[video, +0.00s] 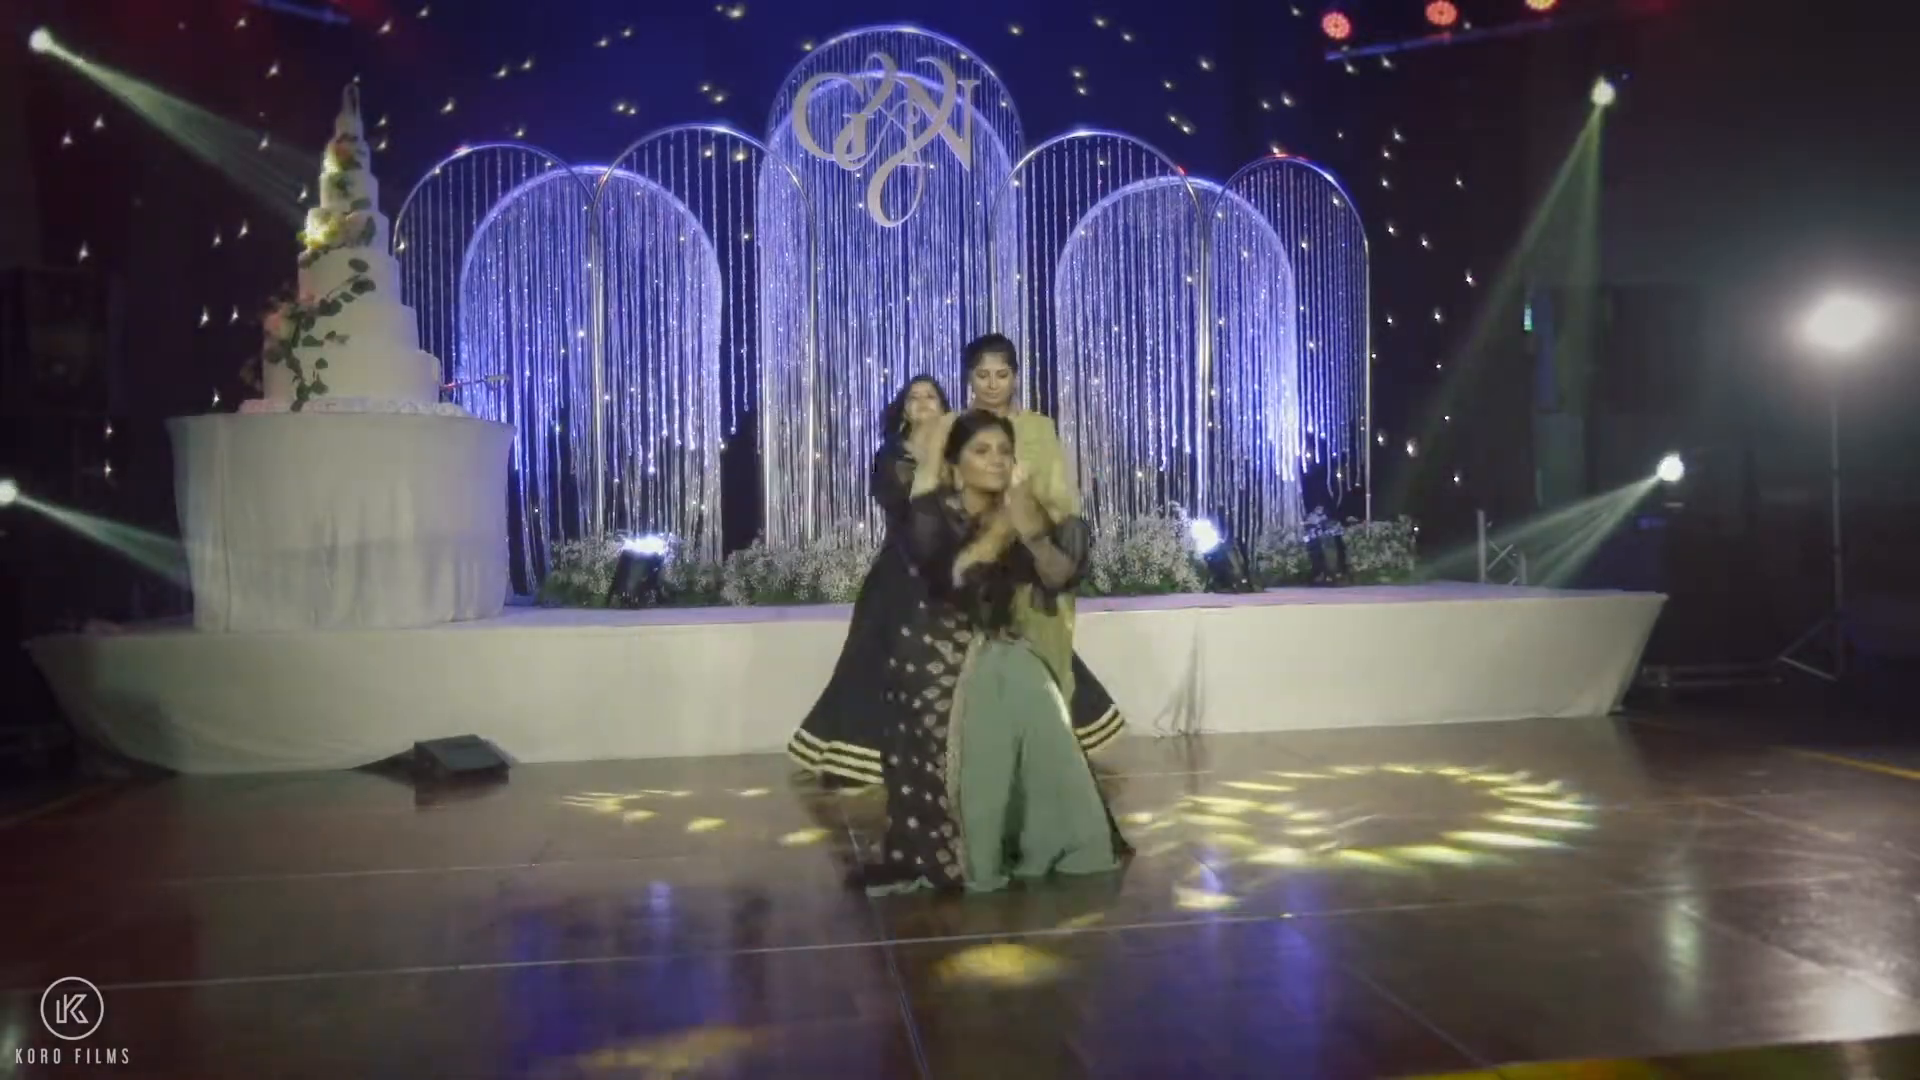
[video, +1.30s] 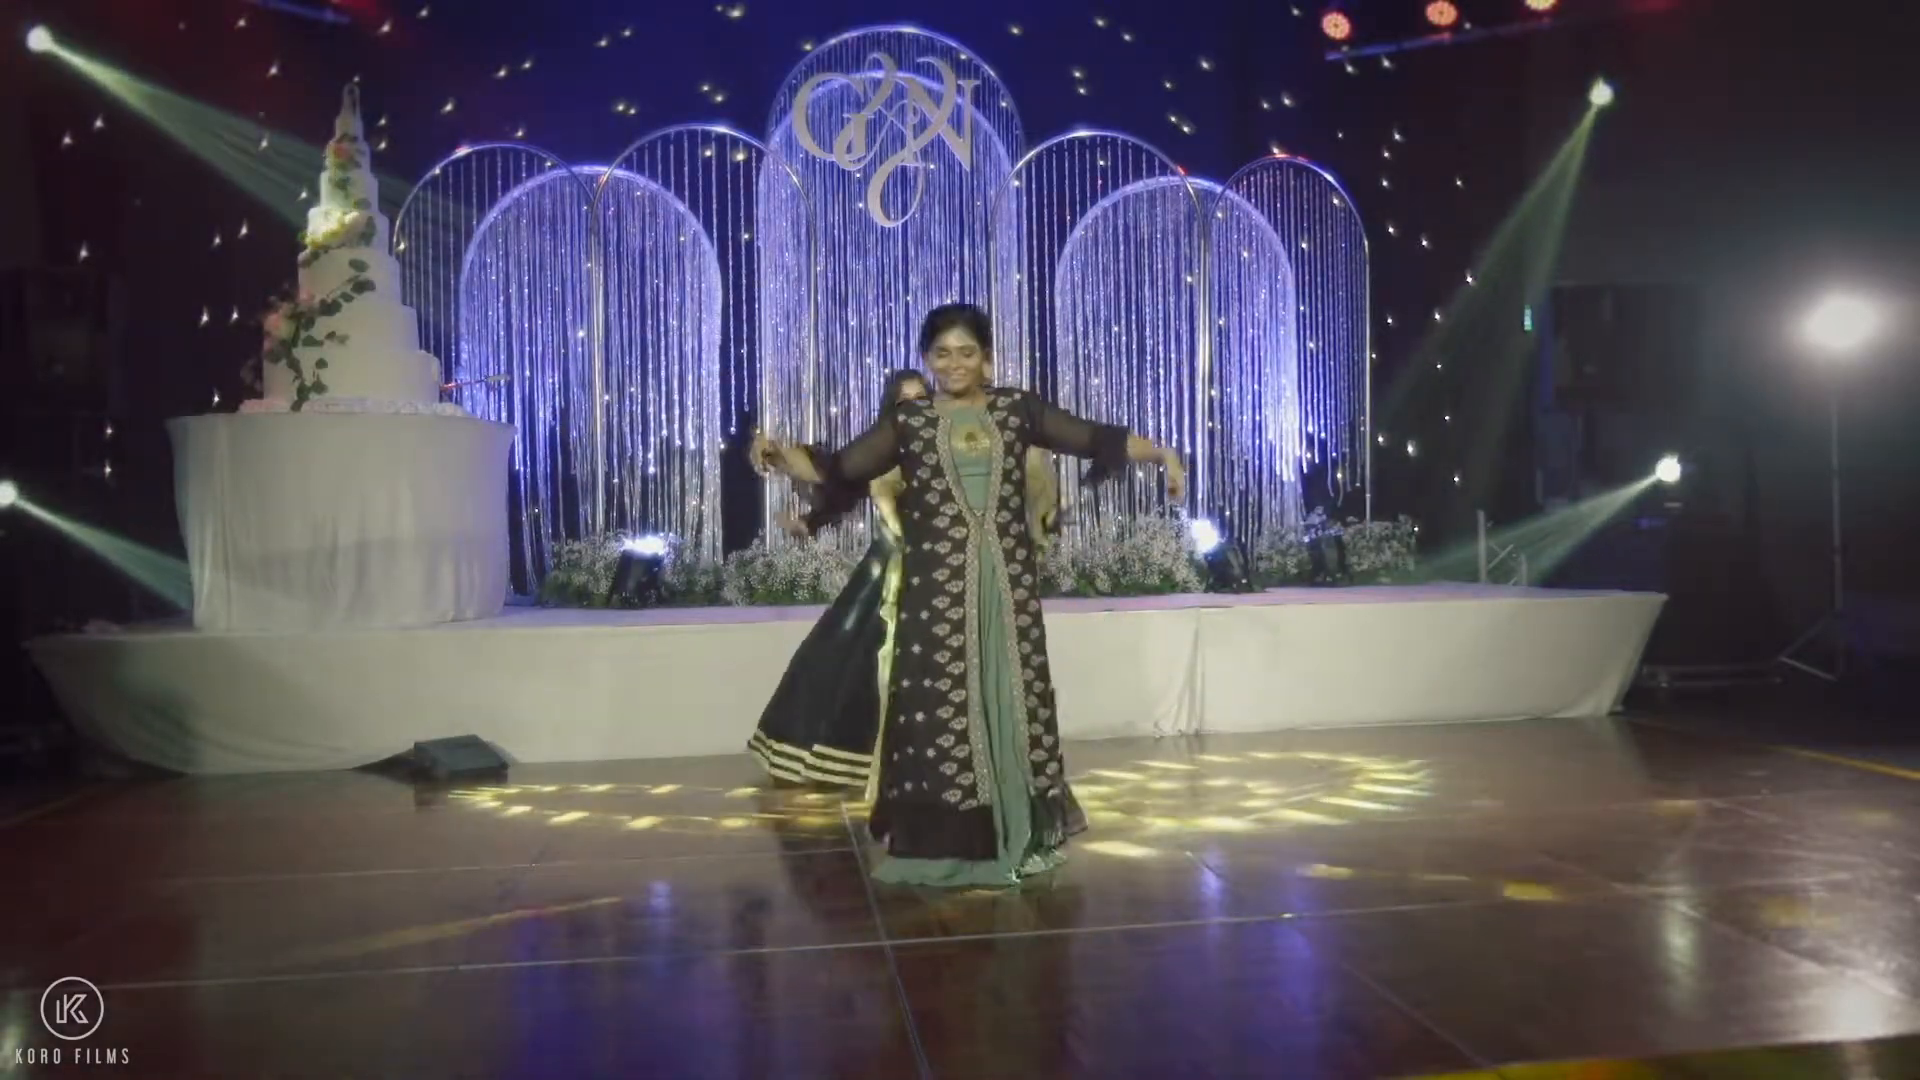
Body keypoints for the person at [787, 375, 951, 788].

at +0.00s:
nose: (923, 405)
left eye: (930, 398)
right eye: (915, 399)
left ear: (944, 406)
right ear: (902, 408)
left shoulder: (962, 452)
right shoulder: (892, 454)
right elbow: (896, 502)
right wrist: (927, 452)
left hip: (949, 561)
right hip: (900, 562)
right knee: (876, 657)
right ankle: (841, 760)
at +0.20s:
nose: (924, 414)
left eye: (931, 406)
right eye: (916, 407)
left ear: (945, 412)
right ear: (904, 415)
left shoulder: (957, 459)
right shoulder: (895, 463)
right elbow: (899, 513)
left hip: (945, 557)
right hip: (903, 558)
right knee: (872, 646)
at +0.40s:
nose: (898, 414)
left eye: (906, 407)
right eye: (890, 408)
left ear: (921, 415)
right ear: (878, 416)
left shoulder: (935, 460)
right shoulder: (870, 463)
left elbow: (958, 499)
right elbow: (861, 506)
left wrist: (927, 482)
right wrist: (894, 479)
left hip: (929, 567)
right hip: (886, 567)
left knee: (912, 656)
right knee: (864, 650)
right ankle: (806, 746)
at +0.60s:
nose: (863, 409)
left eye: (870, 401)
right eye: (856, 402)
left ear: (889, 405)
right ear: (847, 410)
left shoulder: (908, 450)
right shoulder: (840, 452)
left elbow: (918, 500)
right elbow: (820, 498)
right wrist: (842, 465)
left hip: (897, 565)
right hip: (854, 565)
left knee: (888, 653)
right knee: (840, 652)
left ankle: (885, 749)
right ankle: (814, 746)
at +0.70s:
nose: (860, 408)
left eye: (868, 402)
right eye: (853, 402)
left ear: (882, 410)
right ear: (842, 409)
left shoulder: (897, 453)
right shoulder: (834, 452)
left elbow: (913, 508)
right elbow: (812, 497)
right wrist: (822, 452)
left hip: (886, 559)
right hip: (845, 558)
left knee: (875, 653)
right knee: (832, 650)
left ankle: (872, 753)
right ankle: (816, 748)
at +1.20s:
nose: (902, 403)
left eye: (908, 395)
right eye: (892, 396)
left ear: (920, 399)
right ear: (875, 406)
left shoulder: (934, 450)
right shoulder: (863, 457)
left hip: (919, 564)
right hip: (873, 561)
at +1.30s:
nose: (914, 407)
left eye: (921, 399)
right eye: (905, 401)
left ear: (931, 399)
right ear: (890, 407)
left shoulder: (943, 449)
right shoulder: (877, 454)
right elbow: (841, 491)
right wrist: (808, 520)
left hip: (935, 568)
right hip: (888, 566)